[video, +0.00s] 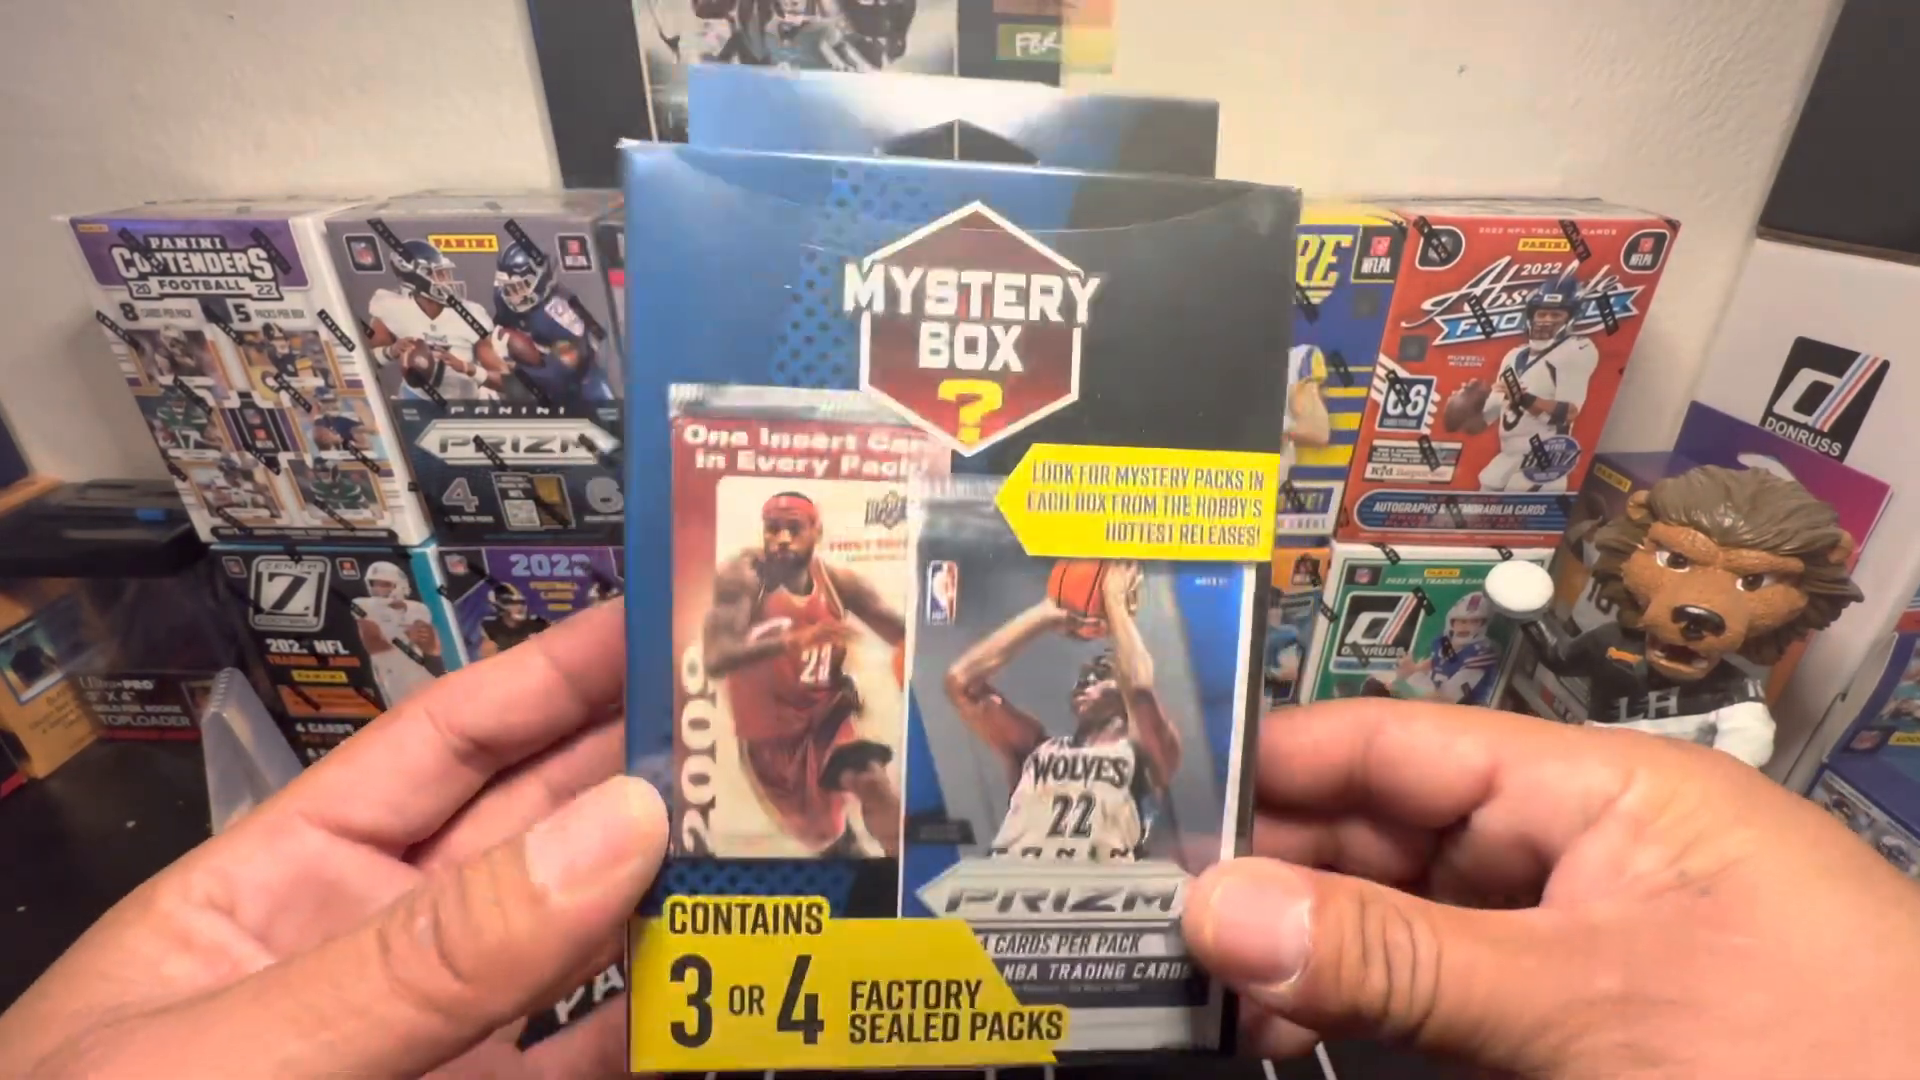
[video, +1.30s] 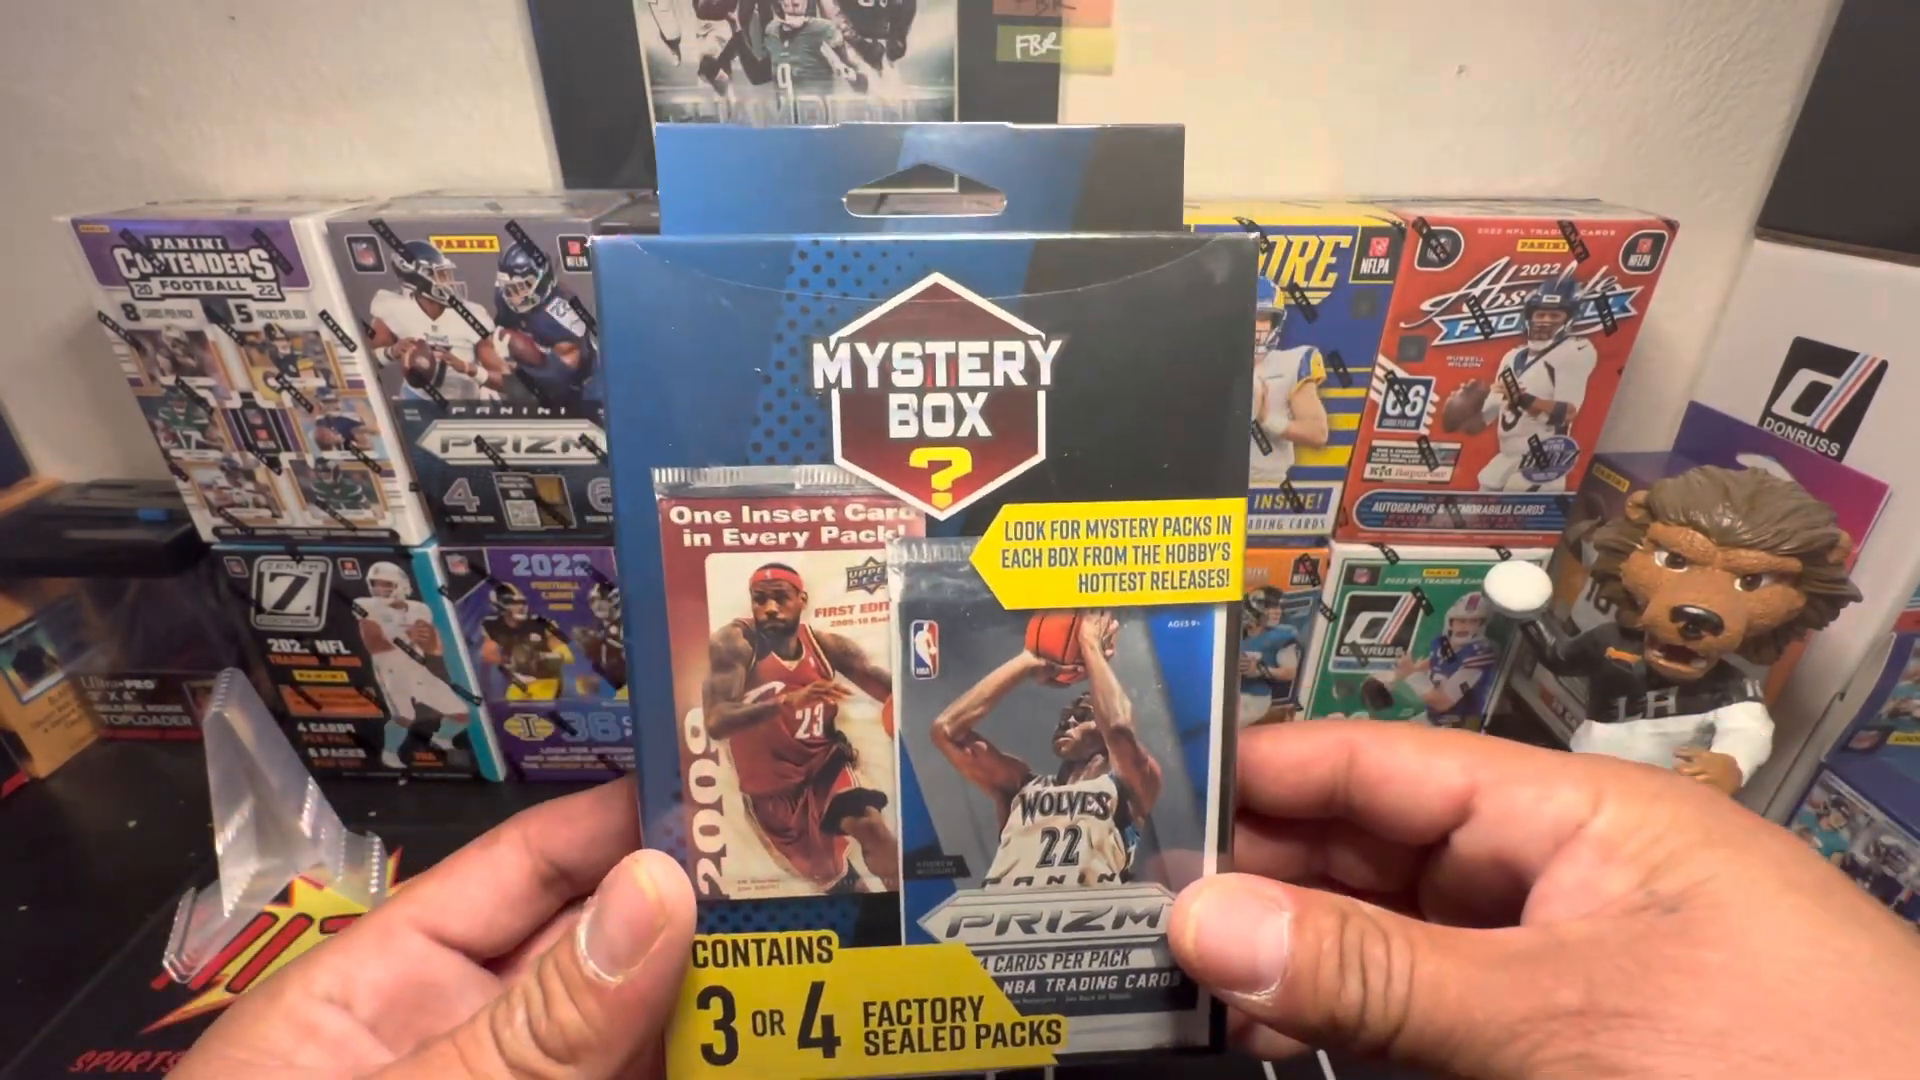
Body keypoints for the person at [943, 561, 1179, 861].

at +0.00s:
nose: (1083, 684)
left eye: (1100, 675)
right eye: (1081, 677)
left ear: (1124, 690)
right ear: (1072, 694)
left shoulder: (1143, 755)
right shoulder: (1034, 748)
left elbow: (1138, 688)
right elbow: (961, 682)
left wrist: (1115, 603)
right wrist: (1046, 614)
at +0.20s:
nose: (1087, 654)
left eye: (1104, 645)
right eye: (1085, 647)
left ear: (1128, 662)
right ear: (1077, 662)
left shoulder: (1149, 727)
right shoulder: (1039, 719)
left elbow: (1141, 661)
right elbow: (967, 651)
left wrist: (1118, 575)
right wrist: (1047, 586)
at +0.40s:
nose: (1091, 635)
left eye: (1110, 626)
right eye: (1090, 628)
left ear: (1134, 642)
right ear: (1081, 642)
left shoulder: (1158, 710)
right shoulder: (1042, 704)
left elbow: (1146, 642)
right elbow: (968, 636)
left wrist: (1120, 554)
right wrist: (1051, 568)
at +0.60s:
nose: (1043, 680)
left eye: (1061, 672)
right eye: (1042, 674)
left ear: (1087, 688)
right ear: (1033, 689)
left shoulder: (1113, 755)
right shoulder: (997, 753)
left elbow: (1099, 683)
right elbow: (917, 691)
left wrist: (1066, 594)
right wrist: (997, 616)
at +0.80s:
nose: (1025, 707)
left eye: (1043, 700)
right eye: (1023, 701)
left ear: (1069, 715)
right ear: (1014, 715)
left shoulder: (1094, 779)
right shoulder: (980, 778)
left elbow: (1081, 712)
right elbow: (900, 718)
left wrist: (1047, 623)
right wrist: (980, 644)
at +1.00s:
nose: (1037, 722)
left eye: (1053, 716)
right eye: (1035, 716)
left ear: (1078, 730)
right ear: (1026, 728)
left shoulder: (1099, 791)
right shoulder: (988, 789)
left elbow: (1089, 728)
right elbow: (914, 731)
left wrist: (1060, 644)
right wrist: (995, 661)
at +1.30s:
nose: (1066, 720)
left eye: (1083, 714)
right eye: (1065, 715)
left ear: (1106, 730)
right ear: (1056, 730)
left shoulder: (1126, 789)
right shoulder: (1019, 787)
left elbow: (1118, 727)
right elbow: (947, 730)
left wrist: (1090, 645)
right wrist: (1026, 661)